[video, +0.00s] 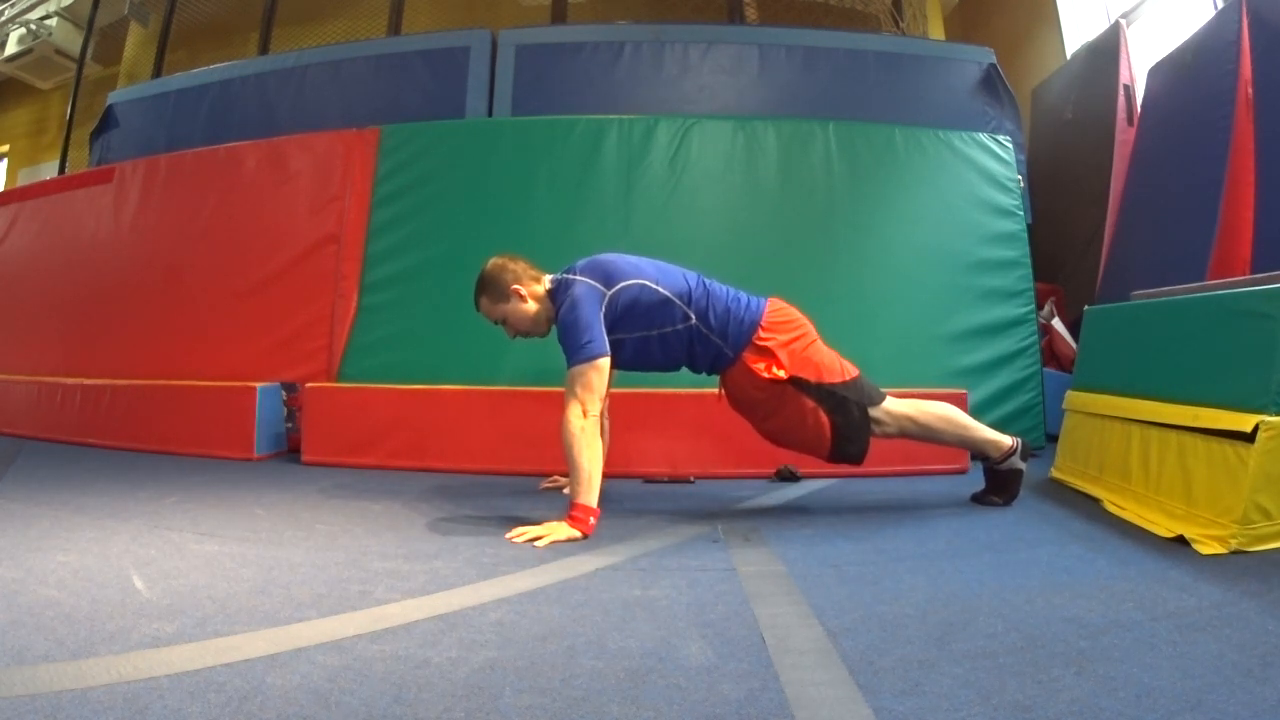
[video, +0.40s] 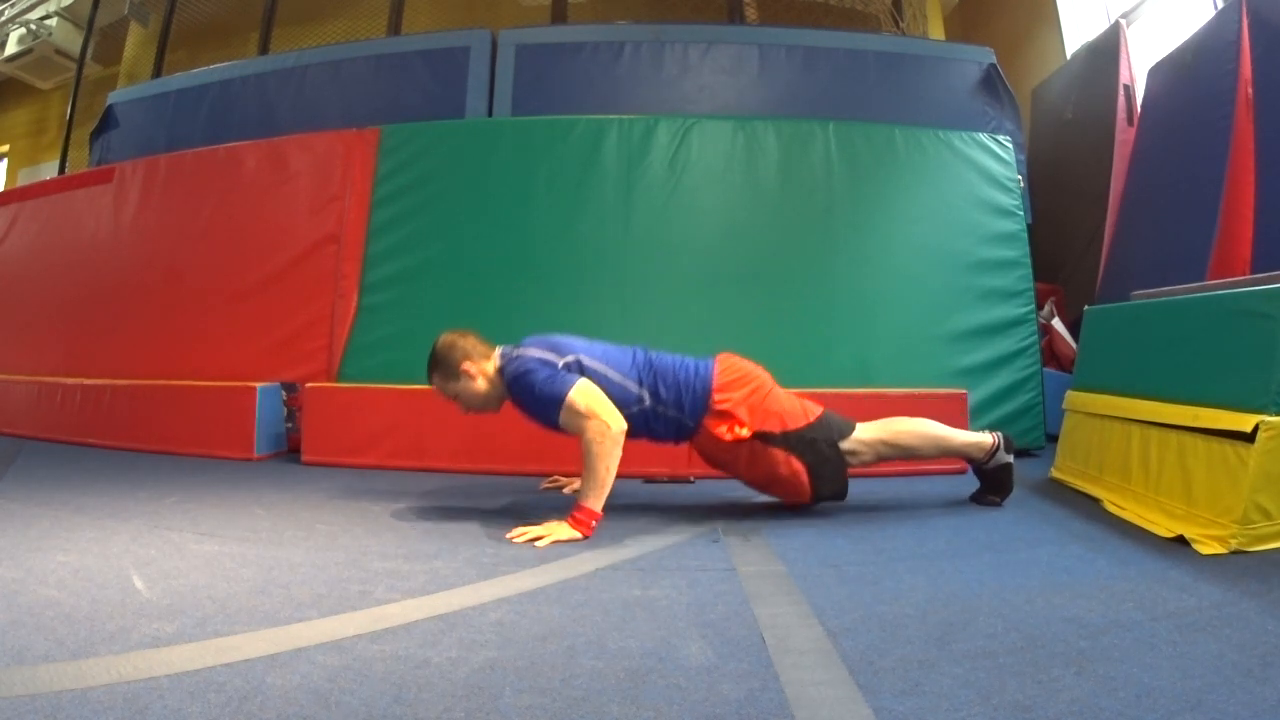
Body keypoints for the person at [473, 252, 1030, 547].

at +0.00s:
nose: (513, 334)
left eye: (507, 323)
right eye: (504, 327)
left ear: (525, 293)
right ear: (527, 288)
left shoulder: (582, 298)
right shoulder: (578, 293)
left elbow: (582, 413)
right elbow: (594, 404)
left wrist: (582, 516)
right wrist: (582, 481)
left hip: (765, 334)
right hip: (739, 364)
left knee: (876, 411)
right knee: (847, 437)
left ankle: (1003, 447)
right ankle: (965, 427)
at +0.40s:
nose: (460, 406)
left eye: (455, 396)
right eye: (453, 397)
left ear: (473, 372)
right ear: (474, 363)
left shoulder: (528, 372)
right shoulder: (522, 360)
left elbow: (605, 426)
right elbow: (602, 408)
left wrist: (583, 517)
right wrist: (586, 472)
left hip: (722, 395)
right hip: (704, 419)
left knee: (846, 446)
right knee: (809, 486)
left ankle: (987, 447)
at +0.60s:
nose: (449, 478)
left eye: (442, 468)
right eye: (443, 471)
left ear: (456, 445)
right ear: (459, 440)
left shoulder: (508, 432)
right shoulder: (512, 432)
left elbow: (592, 428)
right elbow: (591, 411)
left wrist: (579, 517)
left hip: (705, 441)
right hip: (691, 478)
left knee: (842, 468)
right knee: (807, 502)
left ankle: (979, 447)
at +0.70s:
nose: (448, 492)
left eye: (442, 482)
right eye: (442, 486)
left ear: (455, 457)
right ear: (458, 457)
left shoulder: (507, 447)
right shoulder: (513, 456)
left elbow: (584, 425)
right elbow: (594, 410)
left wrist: (579, 516)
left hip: (699, 451)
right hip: (690, 486)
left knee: (840, 476)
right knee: (826, 486)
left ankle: (978, 449)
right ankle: (960, 449)